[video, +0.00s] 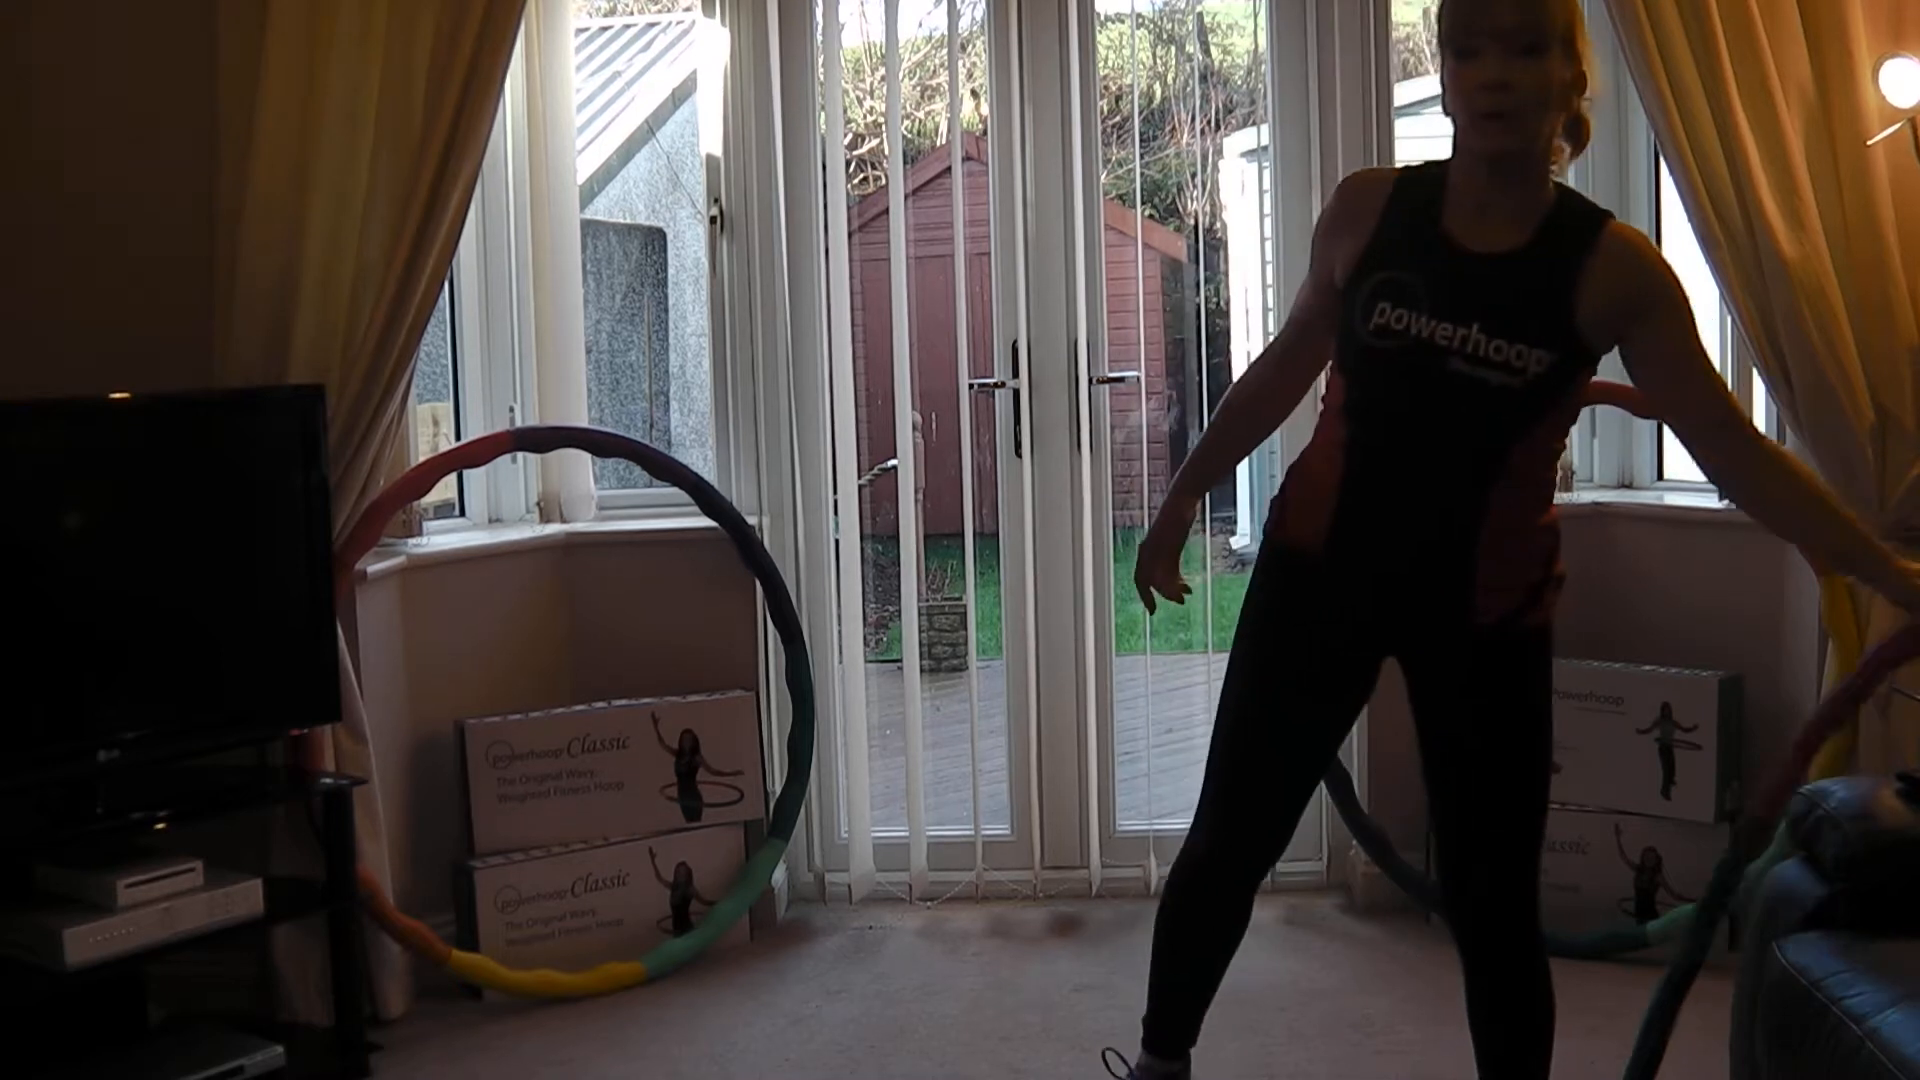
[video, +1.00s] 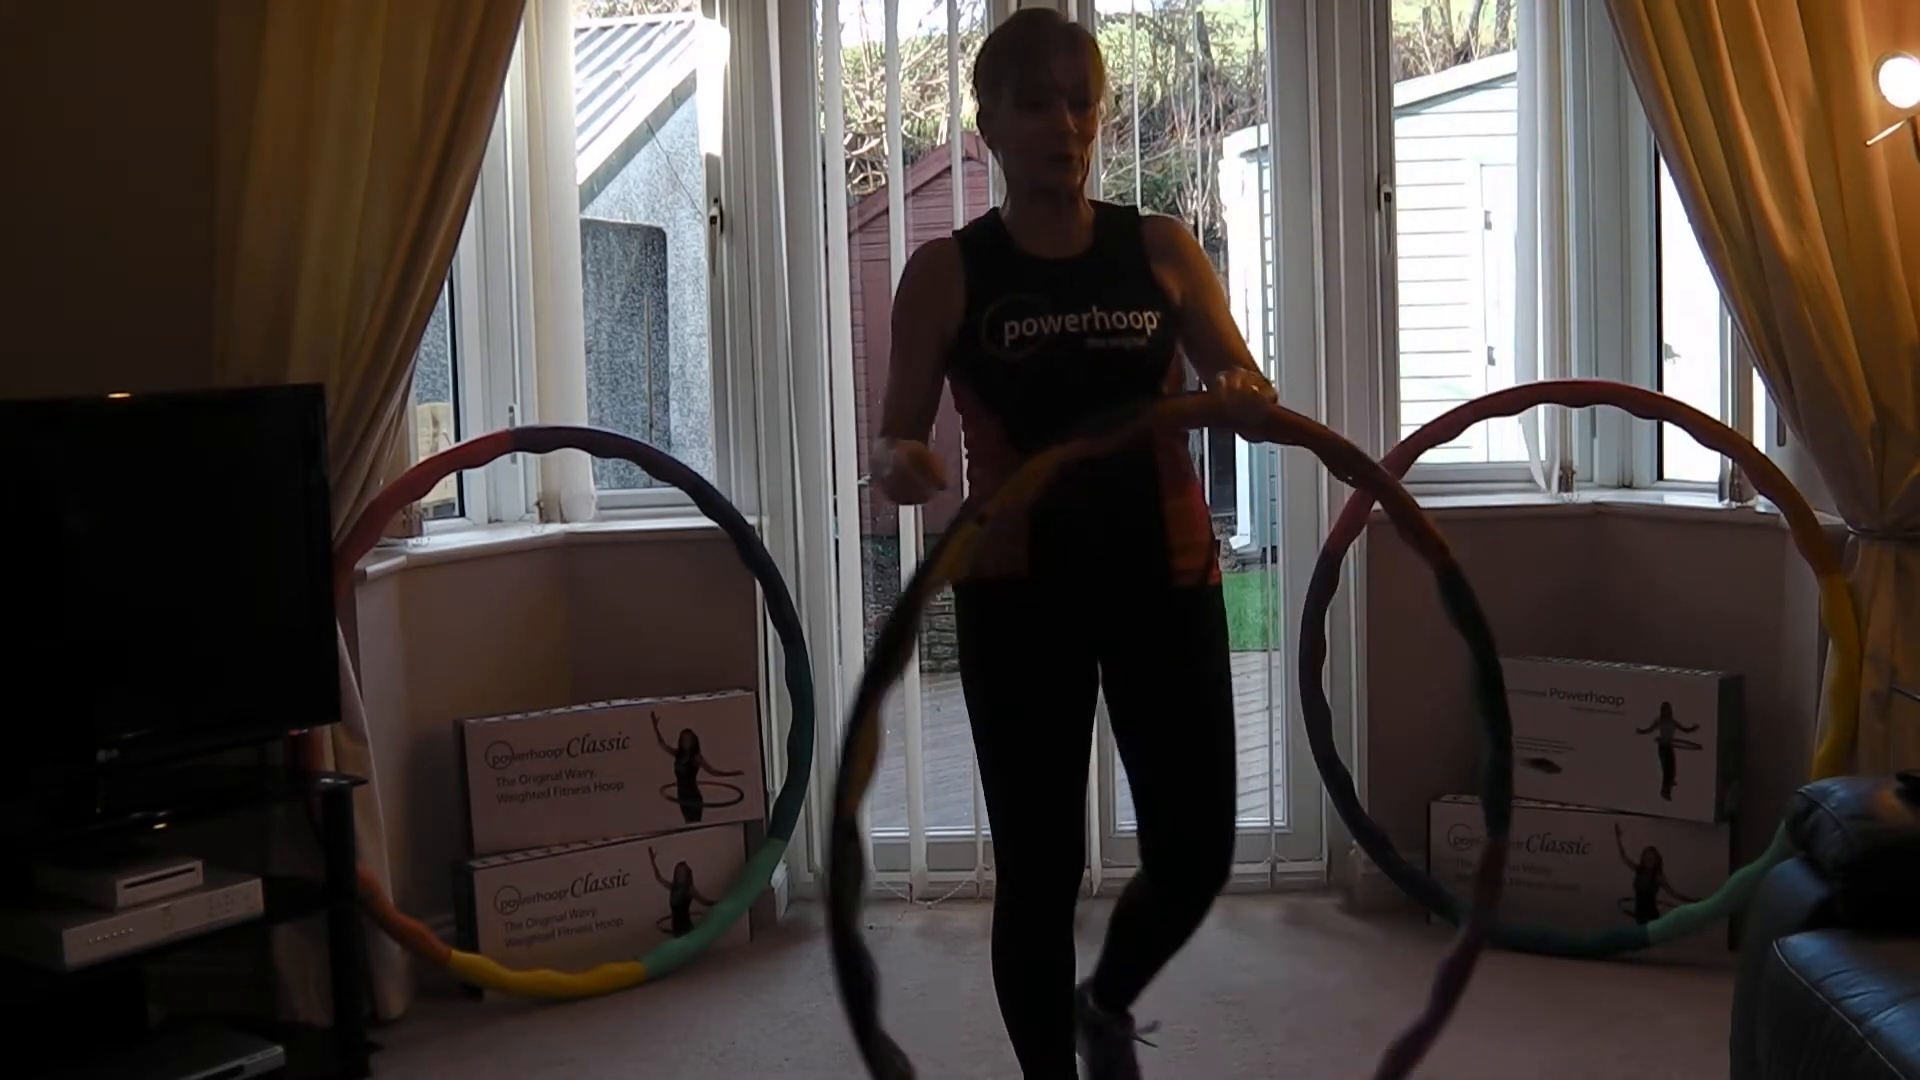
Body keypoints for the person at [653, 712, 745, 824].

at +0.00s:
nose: (686, 742)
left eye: (689, 739)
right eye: (684, 739)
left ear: (694, 741)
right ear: (680, 741)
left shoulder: (696, 757)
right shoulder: (678, 755)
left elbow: (712, 771)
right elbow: (663, 745)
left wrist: (733, 774)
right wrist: (655, 726)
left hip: (693, 794)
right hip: (682, 795)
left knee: (696, 828)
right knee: (691, 828)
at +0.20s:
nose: (686, 742)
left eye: (689, 739)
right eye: (684, 739)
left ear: (694, 741)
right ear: (680, 741)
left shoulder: (696, 757)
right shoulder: (678, 755)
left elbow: (712, 772)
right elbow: (663, 745)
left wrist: (733, 773)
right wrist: (655, 726)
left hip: (693, 794)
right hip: (682, 794)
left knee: (696, 827)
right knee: (690, 828)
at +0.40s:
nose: (685, 742)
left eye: (688, 739)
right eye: (683, 739)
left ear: (694, 742)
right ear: (680, 741)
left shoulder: (696, 757)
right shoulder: (678, 755)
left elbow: (712, 772)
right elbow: (662, 745)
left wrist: (733, 773)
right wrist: (655, 726)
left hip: (692, 795)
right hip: (682, 795)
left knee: (695, 828)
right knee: (690, 828)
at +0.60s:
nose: (685, 742)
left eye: (688, 739)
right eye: (683, 739)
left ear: (694, 742)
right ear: (680, 741)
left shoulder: (696, 758)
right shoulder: (678, 755)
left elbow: (712, 772)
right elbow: (662, 745)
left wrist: (733, 773)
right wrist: (655, 726)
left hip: (693, 795)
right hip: (682, 795)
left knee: (695, 828)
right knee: (691, 828)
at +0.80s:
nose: (686, 742)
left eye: (689, 739)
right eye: (684, 739)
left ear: (694, 741)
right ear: (680, 741)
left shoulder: (696, 758)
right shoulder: (678, 755)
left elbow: (712, 772)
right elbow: (662, 744)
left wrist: (733, 774)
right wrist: (655, 726)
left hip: (693, 795)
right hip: (682, 795)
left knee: (695, 828)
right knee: (690, 828)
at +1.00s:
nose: (686, 742)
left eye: (689, 739)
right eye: (684, 739)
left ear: (694, 741)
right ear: (680, 741)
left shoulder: (696, 757)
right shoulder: (678, 754)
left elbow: (712, 772)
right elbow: (662, 744)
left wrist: (733, 774)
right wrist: (655, 726)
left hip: (693, 794)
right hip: (682, 794)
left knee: (695, 828)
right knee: (690, 828)